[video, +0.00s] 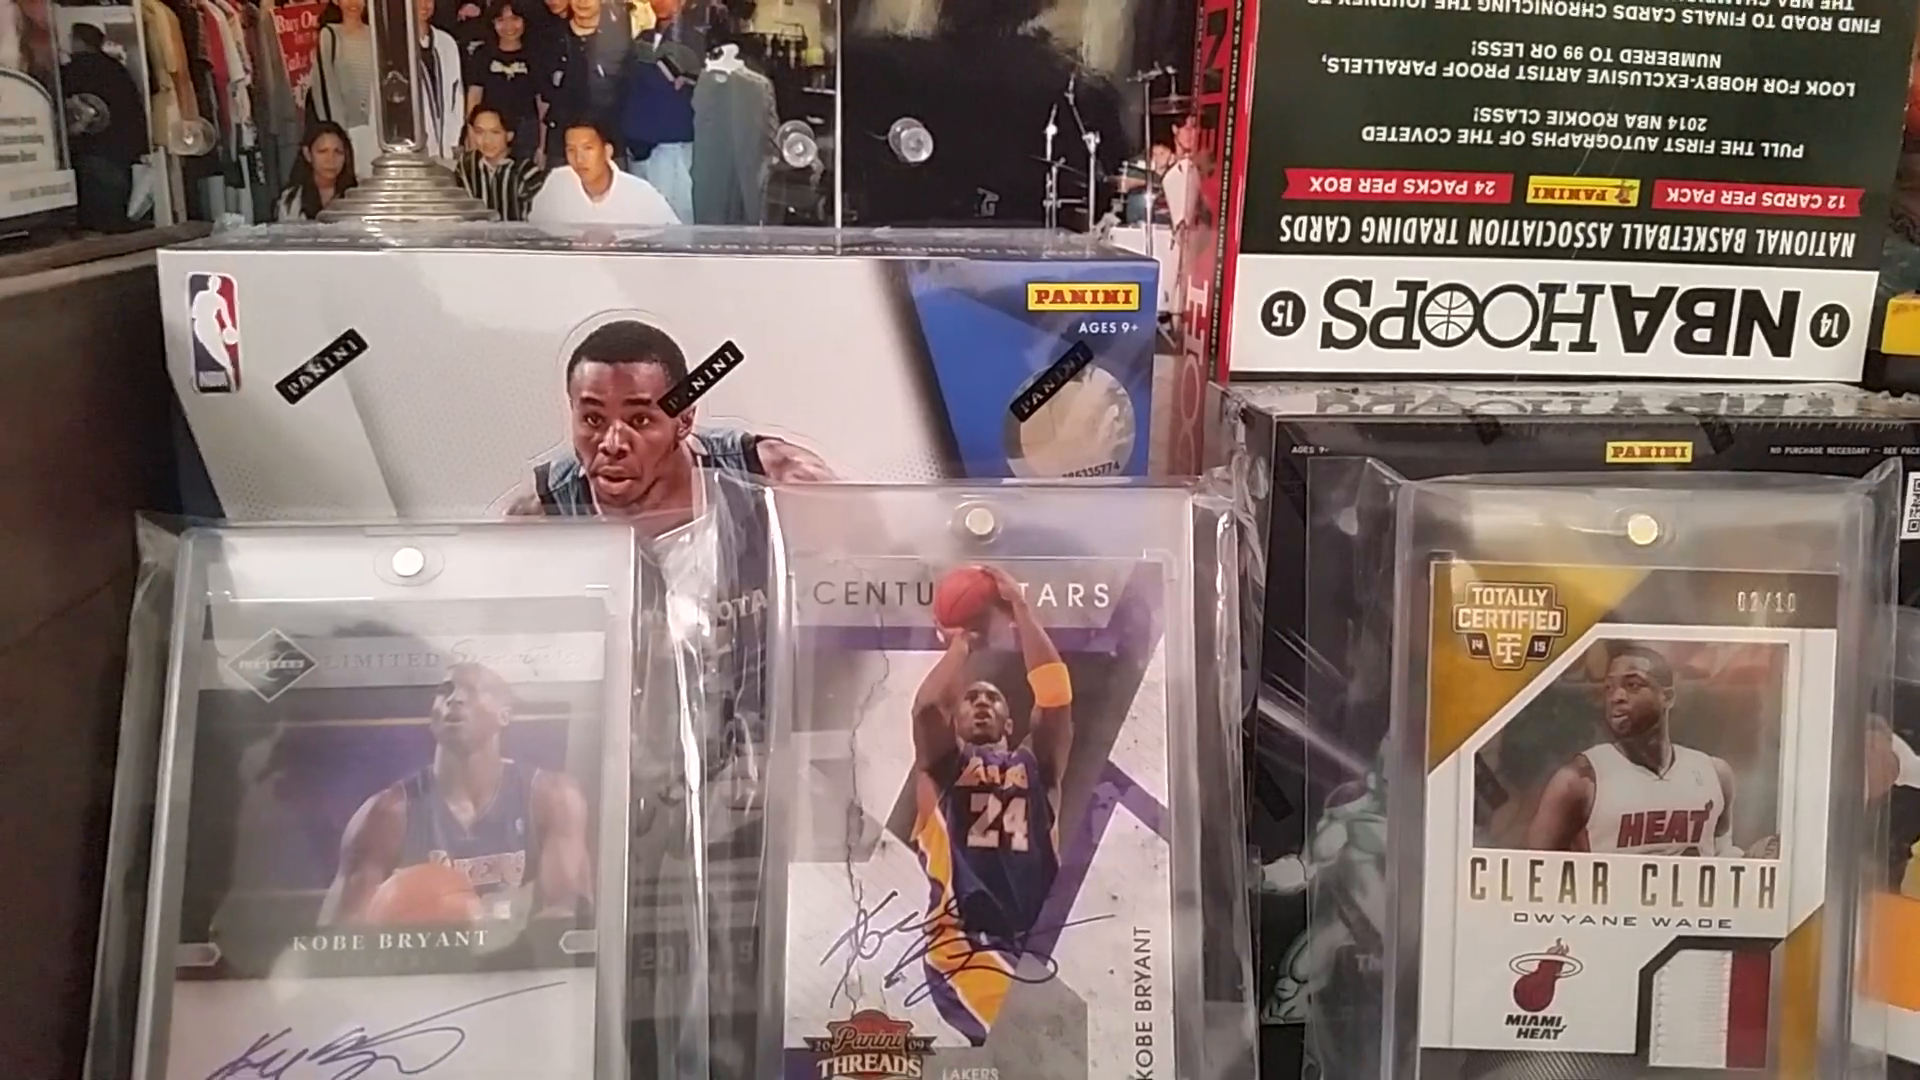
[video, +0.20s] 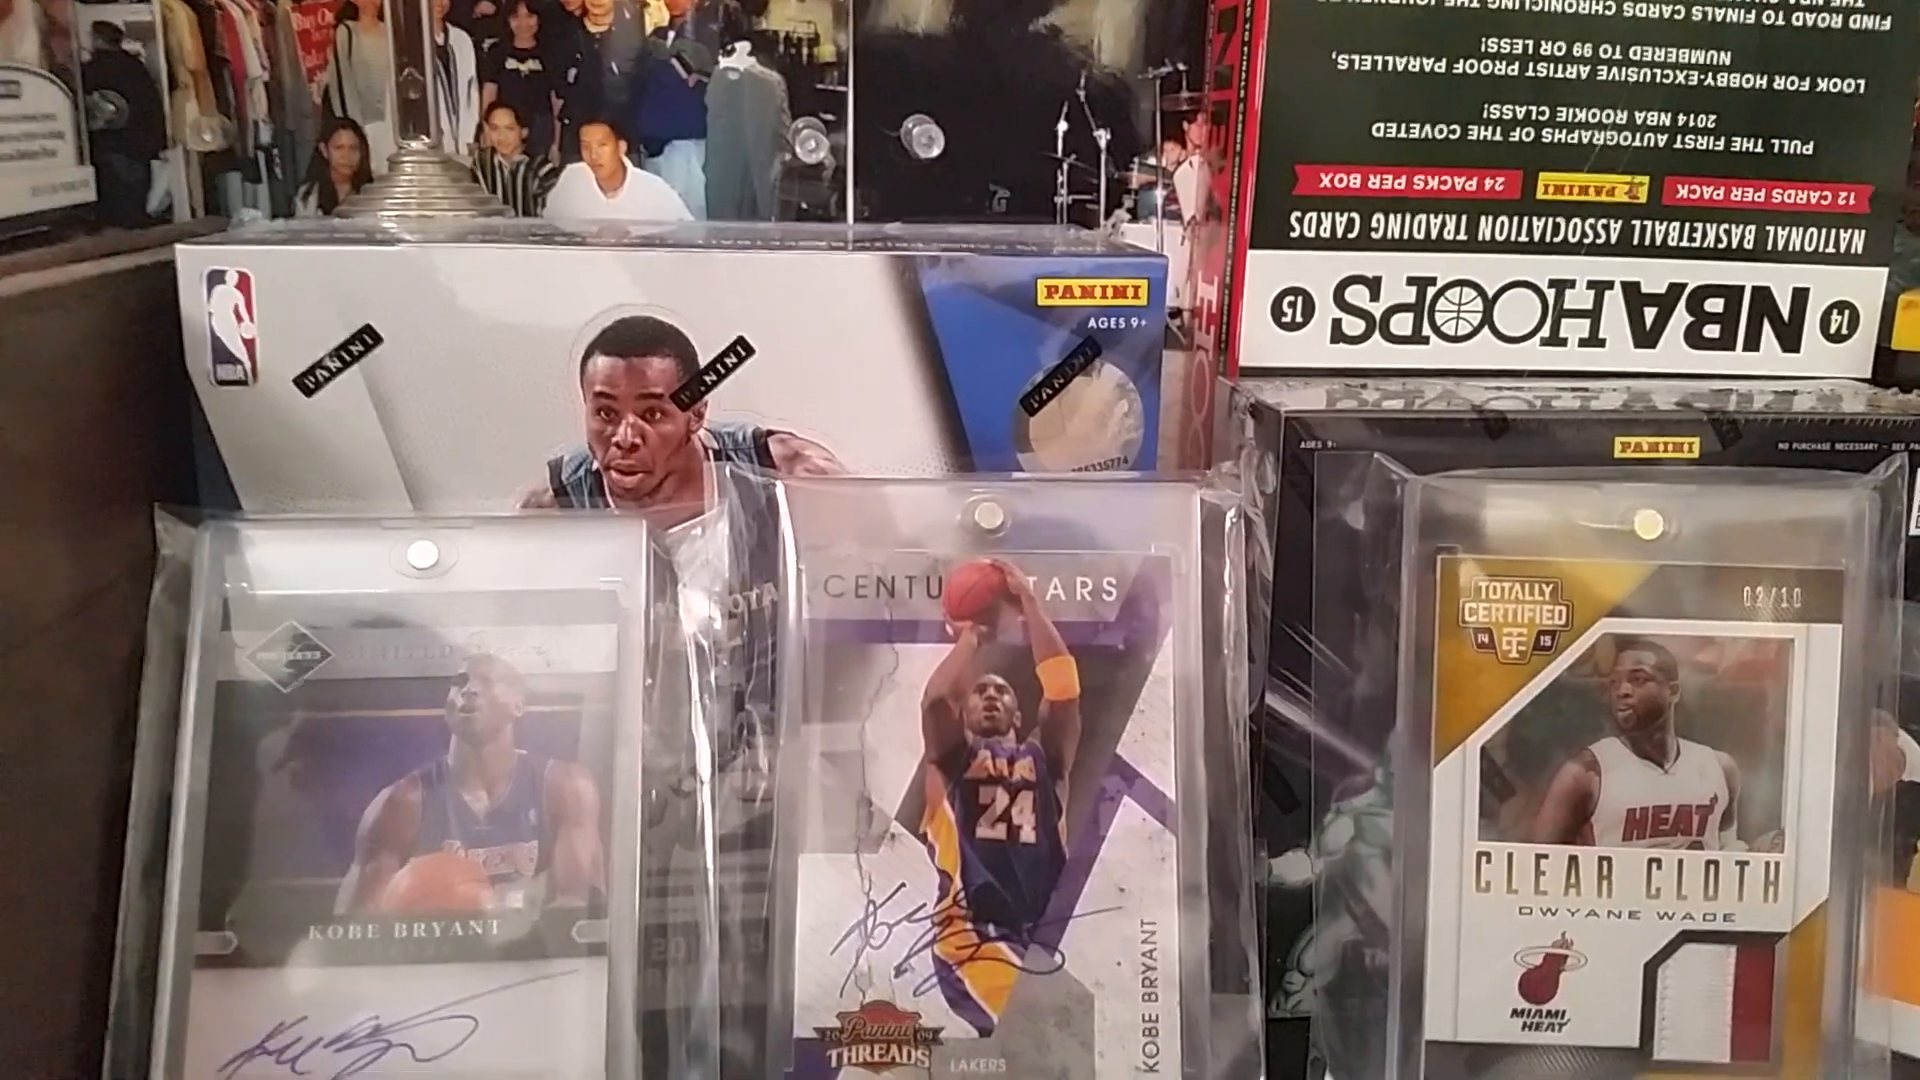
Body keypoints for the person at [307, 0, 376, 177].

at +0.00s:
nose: (354, 4)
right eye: (348, 0)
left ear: (365, 3)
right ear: (337, 3)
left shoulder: (373, 33)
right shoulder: (329, 33)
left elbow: (381, 76)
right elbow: (327, 79)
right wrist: (337, 124)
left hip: (374, 116)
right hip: (344, 119)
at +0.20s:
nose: (370, 3)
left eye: (374, 1)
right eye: (365, 1)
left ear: (379, 3)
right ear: (355, 2)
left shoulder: (388, 30)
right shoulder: (346, 29)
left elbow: (396, 70)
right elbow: (343, 74)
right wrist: (352, 118)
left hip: (389, 110)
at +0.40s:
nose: (381, 4)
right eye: (375, 0)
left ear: (391, 4)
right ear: (364, 3)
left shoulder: (399, 34)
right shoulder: (357, 34)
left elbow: (406, 74)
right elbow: (355, 79)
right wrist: (364, 122)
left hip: (399, 114)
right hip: (370, 116)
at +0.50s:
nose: (357, 7)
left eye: (359, 2)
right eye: (351, 2)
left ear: (365, 6)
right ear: (339, 7)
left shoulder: (372, 37)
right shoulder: (331, 39)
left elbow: (378, 76)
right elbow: (325, 81)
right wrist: (326, 119)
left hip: (371, 114)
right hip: (343, 117)